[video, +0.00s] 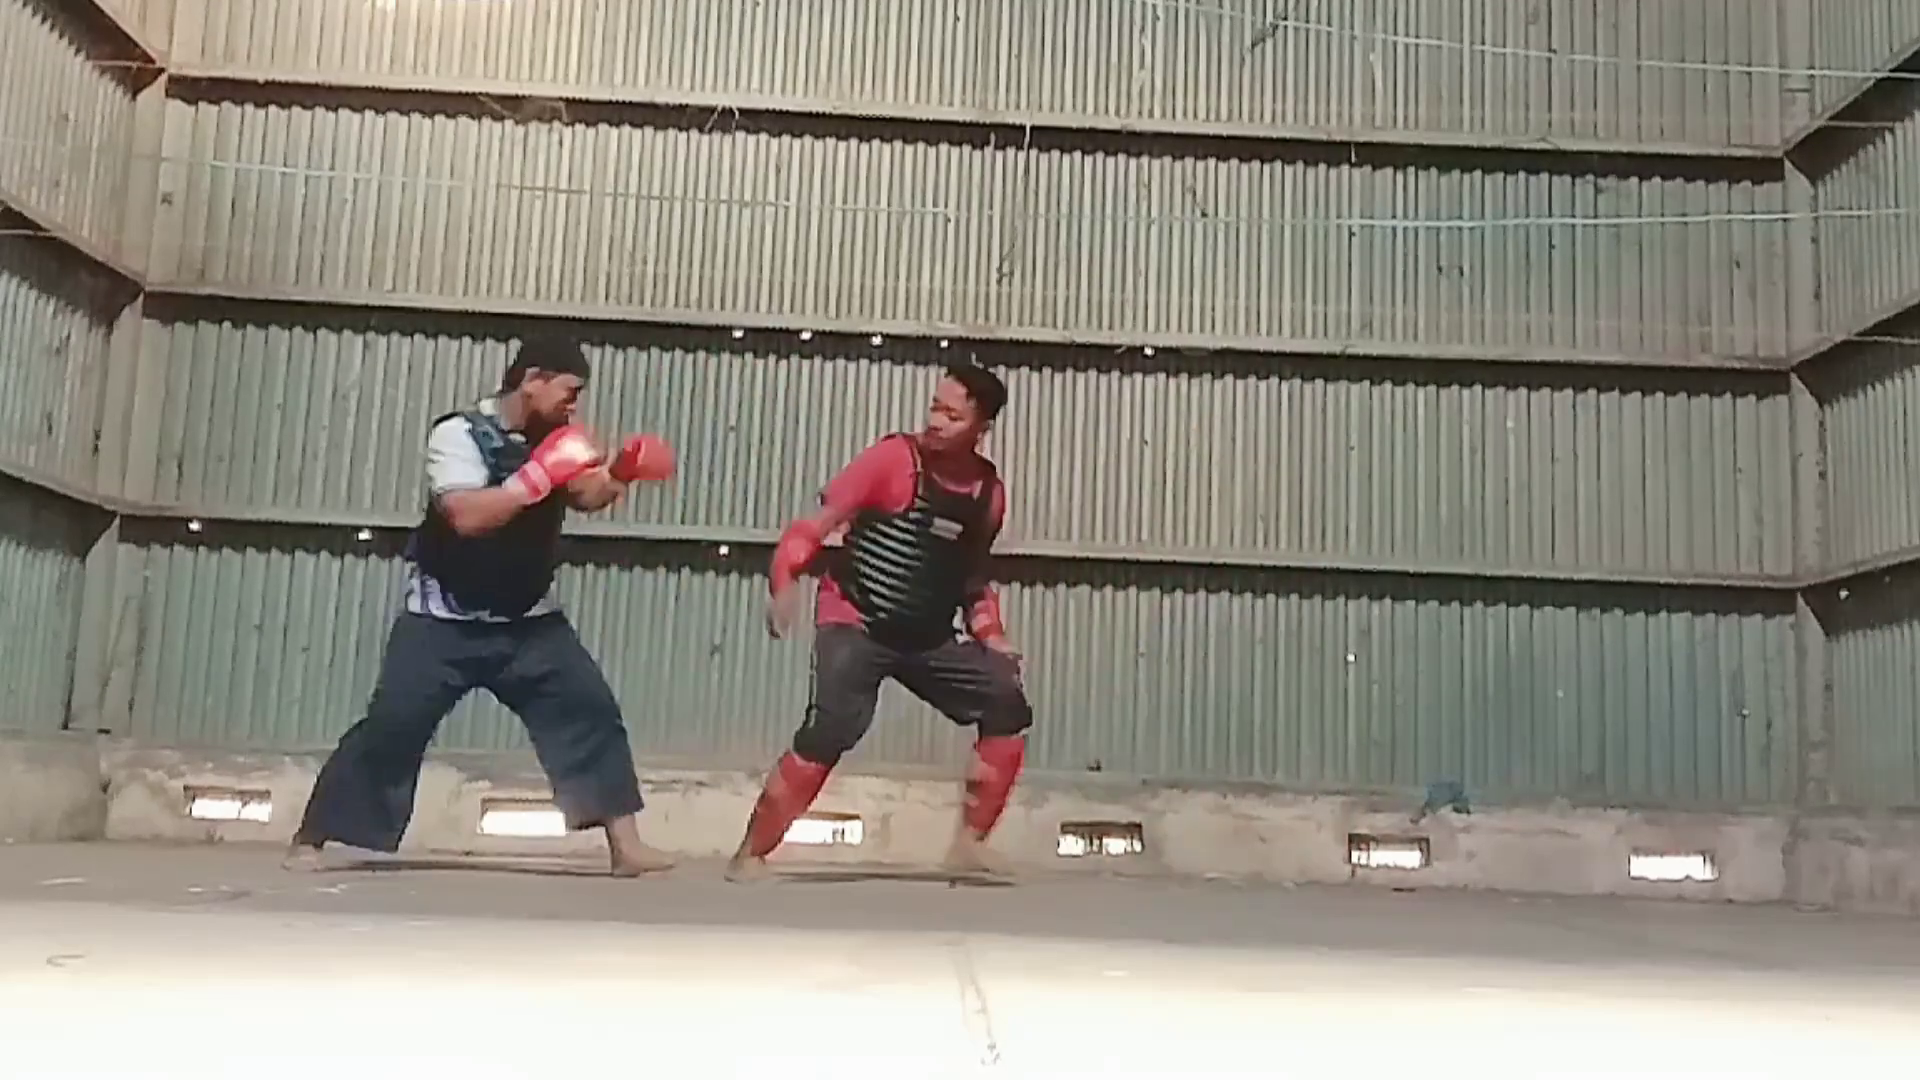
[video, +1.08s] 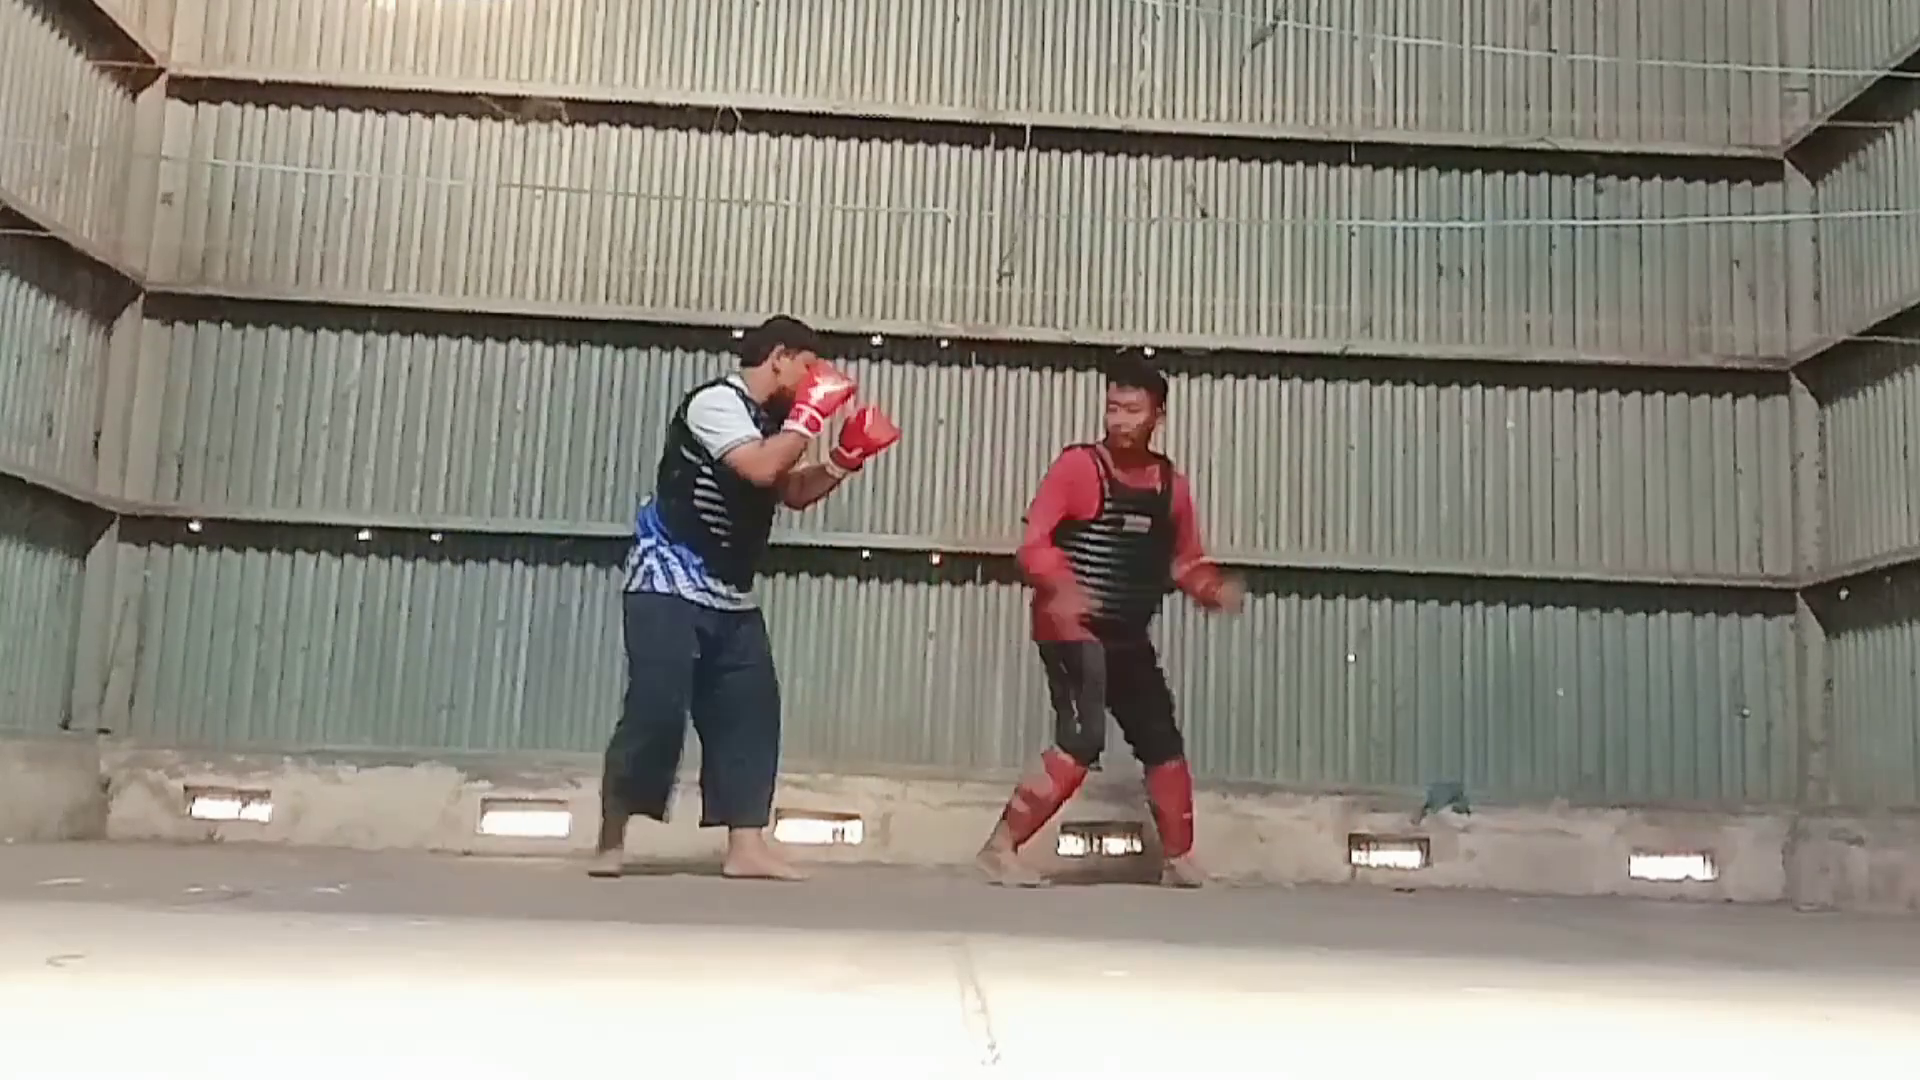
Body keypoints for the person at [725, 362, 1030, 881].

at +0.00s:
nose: (935, 421)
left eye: (951, 415)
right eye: (934, 408)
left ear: (982, 429)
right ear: (930, 405)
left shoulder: (988, 492)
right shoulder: (891, 459)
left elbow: (975, 576)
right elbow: (813, 526)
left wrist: (995, 644)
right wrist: (782, 585)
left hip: (927, 635)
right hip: (855, 624)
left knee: (1006, 704)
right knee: (833, 726)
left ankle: (967, 850)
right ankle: (750, 858)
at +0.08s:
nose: (925, 422)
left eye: (940, 414)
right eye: (923, 409)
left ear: (973, 422)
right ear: (919, 408)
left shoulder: (995, 490)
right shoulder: (889, 465)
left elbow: (1004, 565)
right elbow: (831, 548)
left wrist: (1016, 597)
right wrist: (808, 622)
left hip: (941, 641)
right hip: (867, 632)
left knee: (1028, 713)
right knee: (838, 731)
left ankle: (1020, 848)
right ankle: (753, 856)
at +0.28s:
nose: (960, 392)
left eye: (971, 383)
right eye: (957, 382)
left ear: (1008, 386)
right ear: (959, 382)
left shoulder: (1045, 445)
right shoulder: (935, 443)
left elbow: (1077, 527)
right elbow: (892, 530)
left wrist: (1045, 512)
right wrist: (855, 606)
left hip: (1007, 623)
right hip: (934, 615)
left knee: (1052, 731)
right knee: (876, 708)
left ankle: (1017, 856)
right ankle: (810, 831)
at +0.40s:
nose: (987, 361)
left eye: (998, 352)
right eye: (985, 351)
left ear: (1033, 354)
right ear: (988, 352)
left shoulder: (1075, 415)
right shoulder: (965, 414)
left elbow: (1113, 483)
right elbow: (931, 497)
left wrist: (1086, 484)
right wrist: (917, 575)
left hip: (1044, 589)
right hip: (972, 583)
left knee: (1072, 704)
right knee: (962, 696)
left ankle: (1049, 839)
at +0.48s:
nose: (998, 361)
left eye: (1010, 351)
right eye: (997, 350)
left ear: (1043, 354)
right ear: (999, 352)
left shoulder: (1084, 413)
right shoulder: (974, 418)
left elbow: (1123, 482)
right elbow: (941, 502)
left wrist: (1099, 493)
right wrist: (941, 578)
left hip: (1063, 589)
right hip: (990, 590)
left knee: (1099, 704)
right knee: (992, 709)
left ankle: (1090, 840)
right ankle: (992, 842)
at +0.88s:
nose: (1078, 396)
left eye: (1087, 386)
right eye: (1076, 387)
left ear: (1123, 389)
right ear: (1087, 391)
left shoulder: (1166, 449)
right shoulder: (1062, 456)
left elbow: (1205, 521)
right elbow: (1036, 536)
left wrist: (1163, 505)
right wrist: (1027, 602)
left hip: (1142, 613)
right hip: (1078, 610)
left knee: (1162, 725)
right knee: (1072, 709)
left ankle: (1178, 851)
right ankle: (1036, 840)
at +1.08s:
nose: (1120, 420)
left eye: (1133, 410)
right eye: (1113, 408)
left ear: (1158, 416)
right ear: (1103, 409)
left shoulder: (1171, 483)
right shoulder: (1077, 467)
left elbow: (1187, 559)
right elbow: (1034, 544)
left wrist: (1211, 586)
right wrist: (1062, 587)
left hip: (1126, 631)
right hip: (1070, 625)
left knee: (1163, 745)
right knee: (1083, 740)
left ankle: (1179, 862)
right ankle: (1000, 848)